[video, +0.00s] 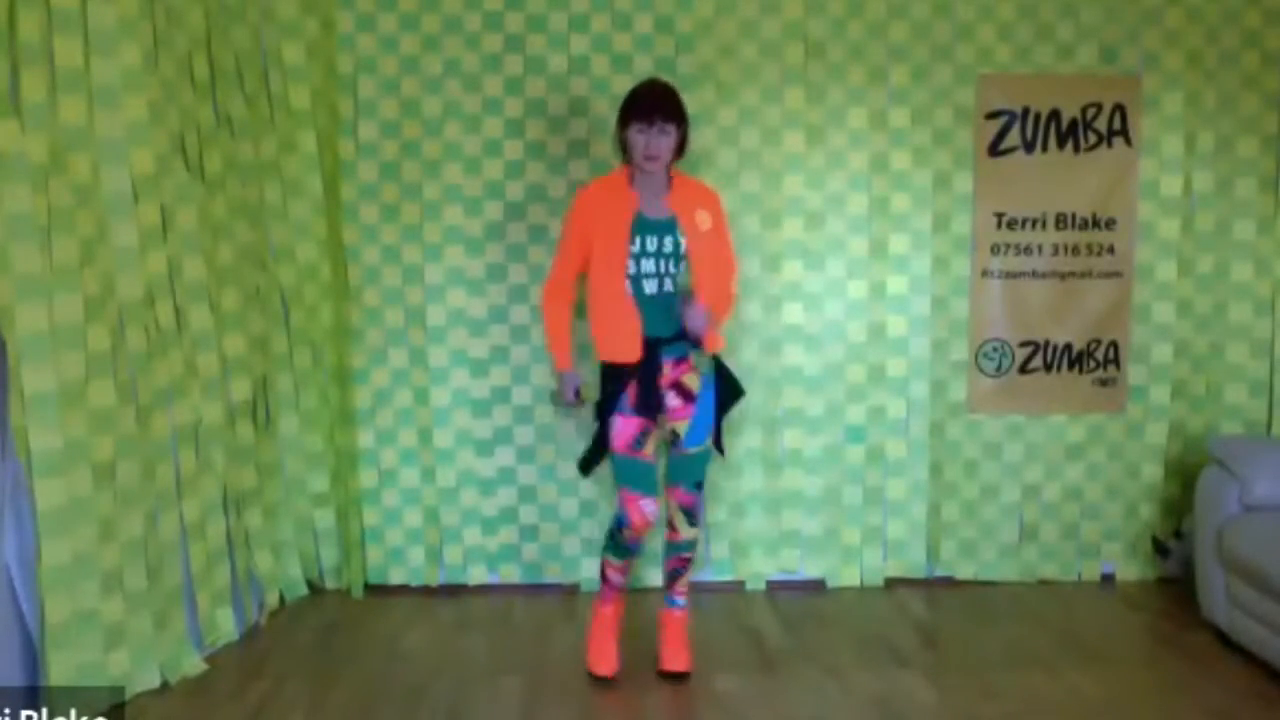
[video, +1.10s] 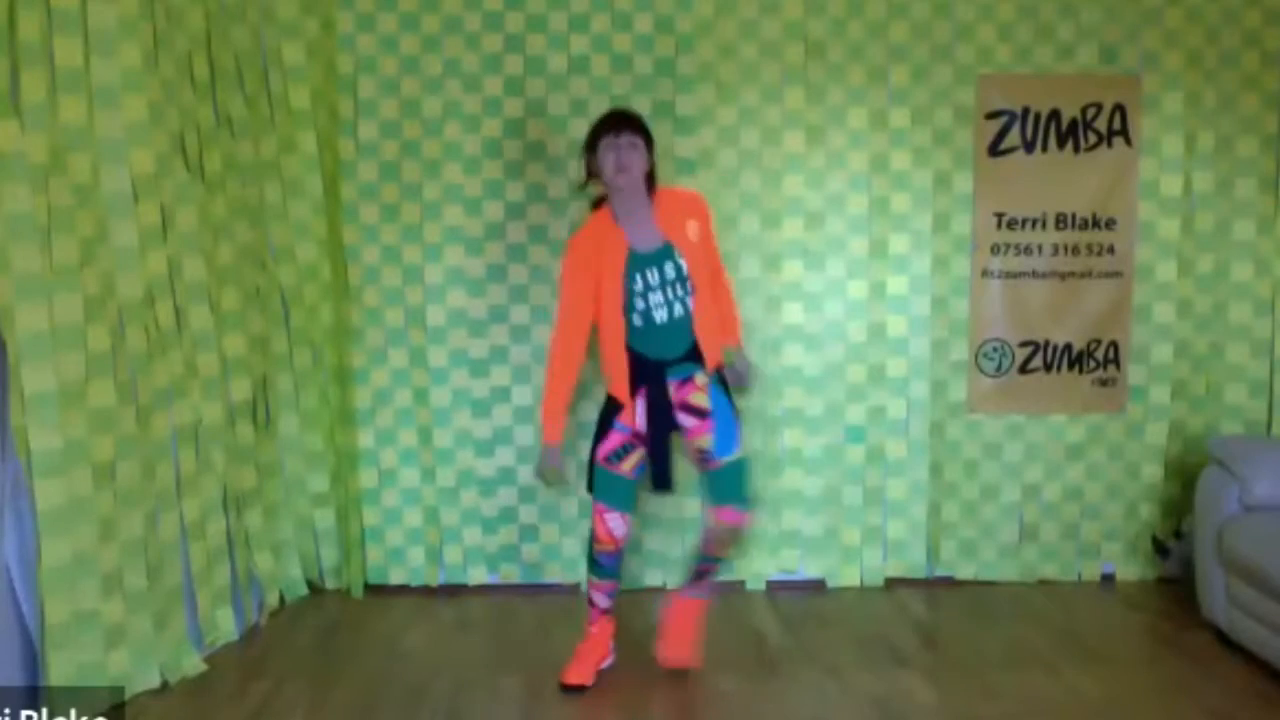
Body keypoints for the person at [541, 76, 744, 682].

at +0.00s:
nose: (652, 142)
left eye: (664, 131)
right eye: (641, 130)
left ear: (680, 139)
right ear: (623, 136)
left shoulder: (701, 201)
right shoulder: (594, 202)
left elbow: (723, 277)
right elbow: (560, 285)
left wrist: (704, 312)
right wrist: (564, 363)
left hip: (692, 364)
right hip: (626, 369)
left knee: (686, 505)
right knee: (636, 510)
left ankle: (676, 620)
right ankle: (607, 613)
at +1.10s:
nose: (622, 155)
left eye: (631, 146)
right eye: (611, 148)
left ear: (651, 158)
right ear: (594, 166)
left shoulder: (688, 210)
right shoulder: (589, 243)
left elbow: (714, 279)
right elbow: (569, 335)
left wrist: (730, 344)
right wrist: (552, 427)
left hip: (698, 374)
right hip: (630, 384)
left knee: (731, 512)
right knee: (609, 519)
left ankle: (689, 604)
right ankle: (598, 632)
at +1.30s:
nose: (678, 192)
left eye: (689, 182)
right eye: (667, 182)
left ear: (705, 191)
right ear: (648, 190)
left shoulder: (729, 253)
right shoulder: (620, 258)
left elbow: (783, 323)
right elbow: (579, 333)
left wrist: (826, 395)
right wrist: (575, 408)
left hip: (719, 411)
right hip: (645, 416)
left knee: (808, 511)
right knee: (590, 527)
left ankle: (851, 624)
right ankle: (595, 635)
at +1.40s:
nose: (720, 206)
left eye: (732, 195)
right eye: (710, 194)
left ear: (746, 205)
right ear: (691, 200)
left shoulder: (765, 271)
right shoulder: (655, 258)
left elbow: (819, 341)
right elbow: (603, 310)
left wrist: (874, 410)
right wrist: (597, 380)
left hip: (739, 428)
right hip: (664, 428)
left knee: (838, 526)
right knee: (597, 525)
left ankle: (874, 631)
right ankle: (596, 635)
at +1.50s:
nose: (786, 228)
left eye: (799, 218)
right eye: (778, 215)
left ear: (816, 230)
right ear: (761, 220)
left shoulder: (824, 303)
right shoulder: (722, 266)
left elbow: (884, 370)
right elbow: (655, 288)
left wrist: (947, 438)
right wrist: (648, 347)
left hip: (774, 445)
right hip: (698, 438)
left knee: (877, 525)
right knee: (617, 535)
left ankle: (881, 631)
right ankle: (600, 634)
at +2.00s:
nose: (741, 202)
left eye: (754, 192)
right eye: (734, 190)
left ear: (771, 201)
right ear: (721, 194)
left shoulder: (786, 260)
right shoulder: (687, 250)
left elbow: (840, 331)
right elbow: (630, 311)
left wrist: (889, 402)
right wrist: (616, 380)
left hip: (754, 409)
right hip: (685, 409)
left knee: (838, 510)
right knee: (626, 512)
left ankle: (880, 629)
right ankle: (589, 632)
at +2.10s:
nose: (672, 171)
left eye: (685, 160)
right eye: (663, 159)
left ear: (705, 165)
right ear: (649, 162)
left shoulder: (732, 221)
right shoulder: (625, 227)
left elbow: (765, 297)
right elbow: (593, 306)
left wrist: (806, 369)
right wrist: (574, 387)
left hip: (718, 375)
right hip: (649, 379)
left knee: (775, 487)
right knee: (612, 496)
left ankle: (834, 620)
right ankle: (588, 629)